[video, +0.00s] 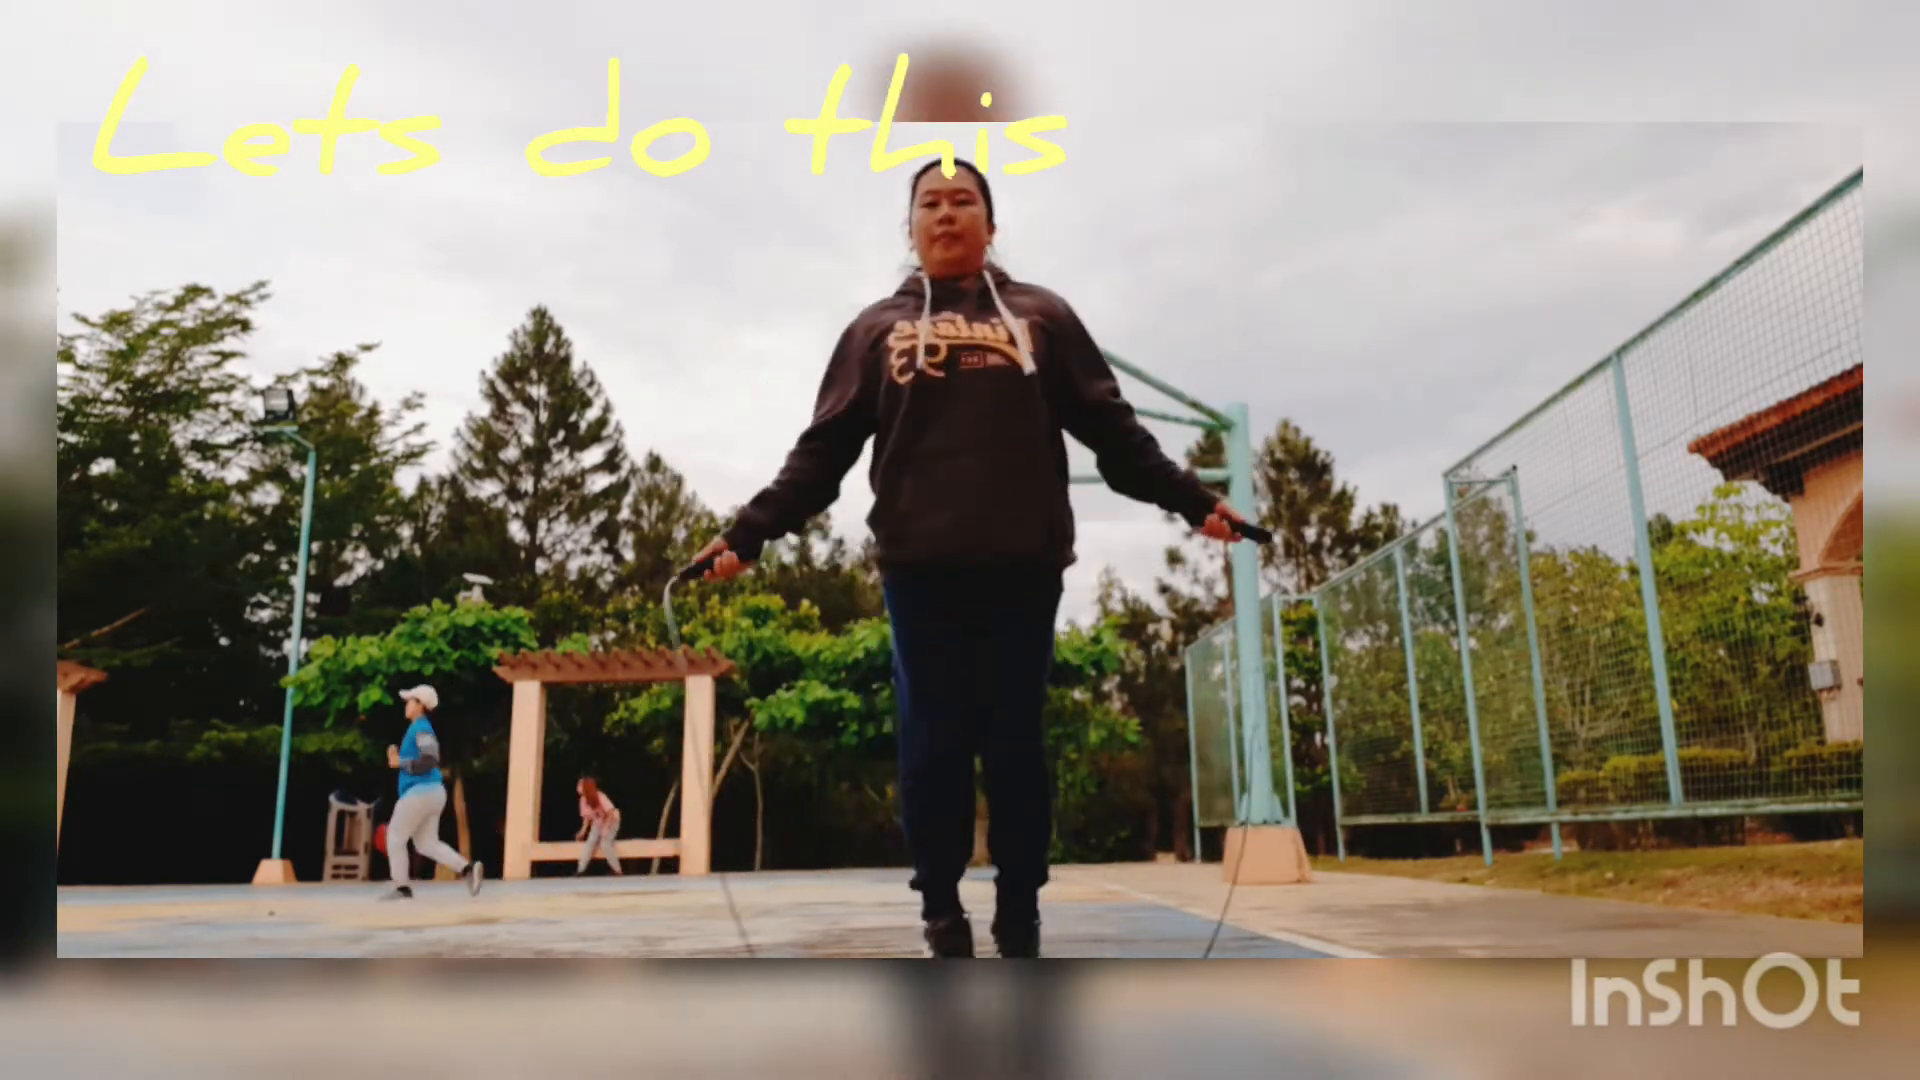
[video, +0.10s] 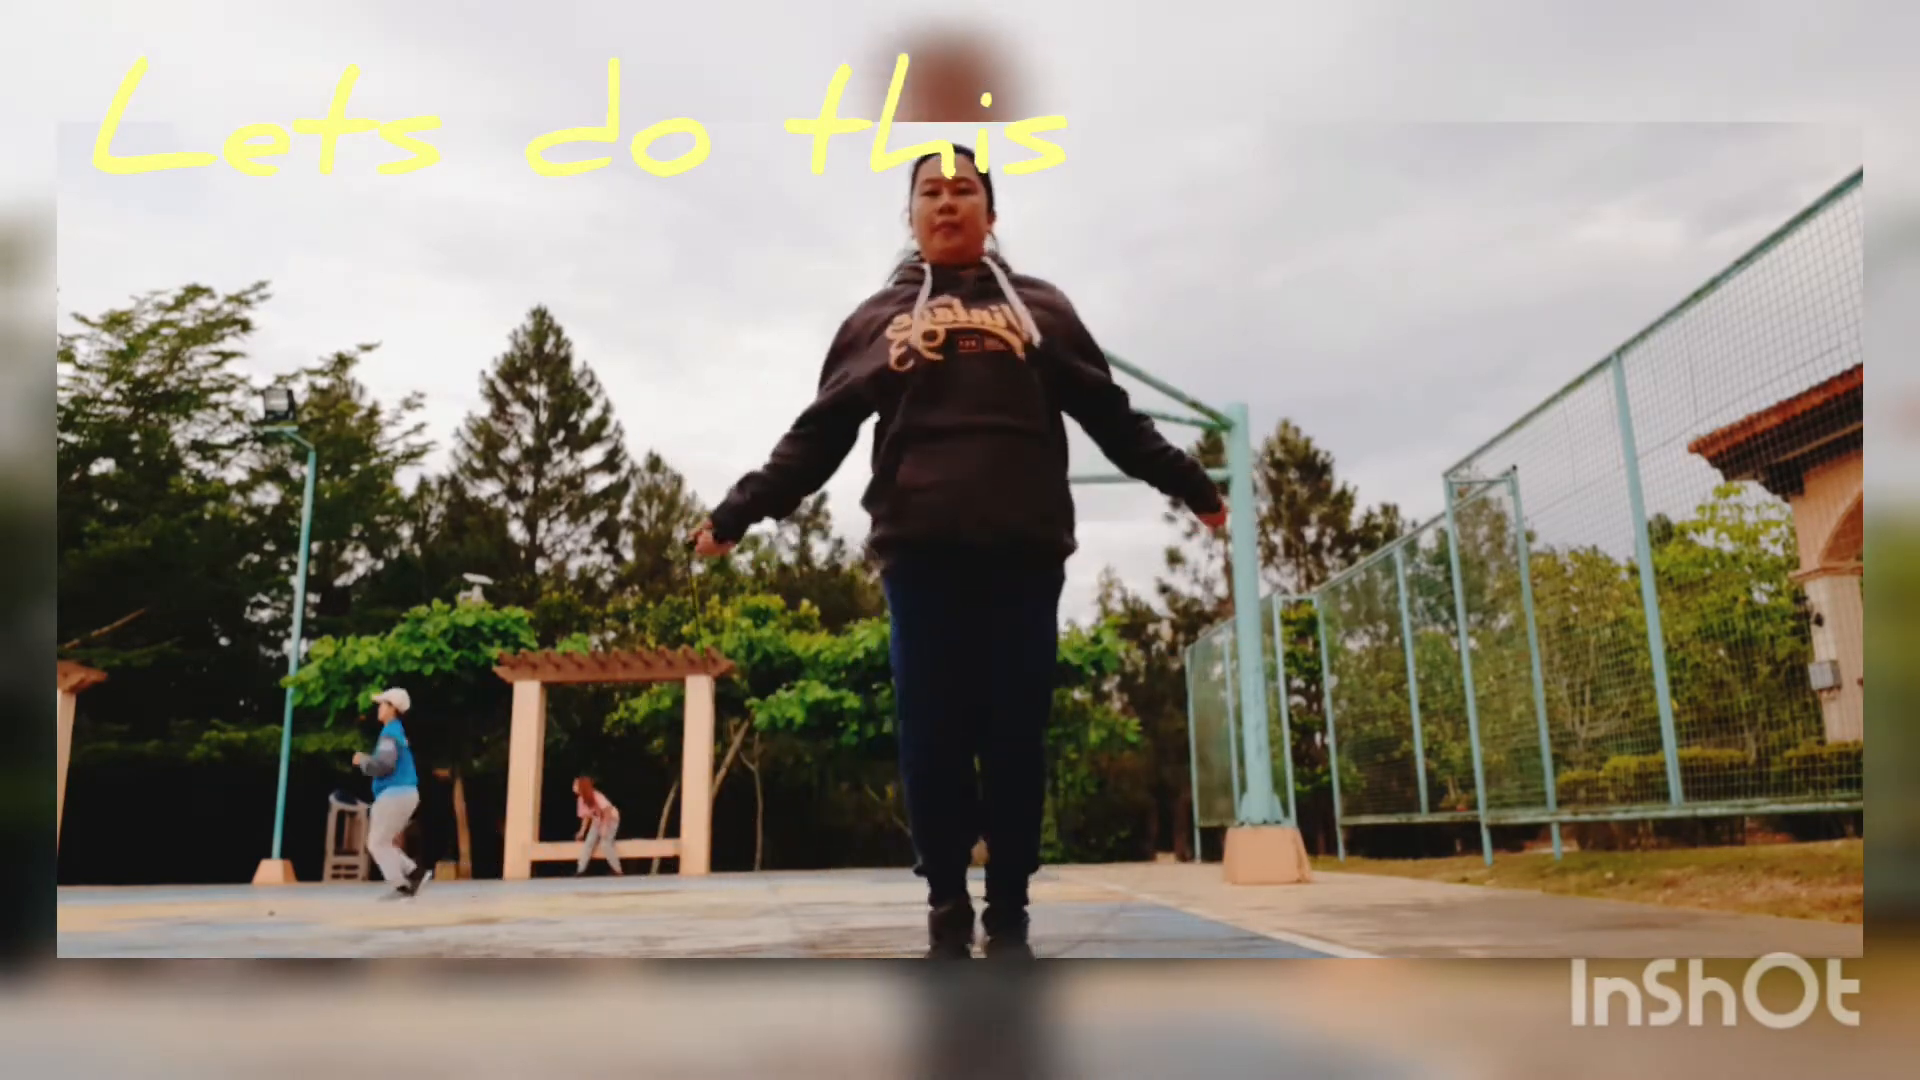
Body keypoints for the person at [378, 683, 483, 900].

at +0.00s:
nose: (406, 705)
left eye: (410, 702)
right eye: (407, 701)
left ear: (419, 705)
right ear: (419, 705)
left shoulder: (421, 727)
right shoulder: (418, 727)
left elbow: (430, 759)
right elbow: (421, 758)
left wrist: (401, 763)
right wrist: (398, 756)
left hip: (420, 791)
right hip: (433, 790)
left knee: (396, 836)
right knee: (425, 843)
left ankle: (401, 886)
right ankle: (466, 868)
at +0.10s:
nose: (379, 709)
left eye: (382, 705)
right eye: (380, 705)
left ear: (392, 708)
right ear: (392, 709)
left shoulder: (390, 731)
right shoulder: (395, 730)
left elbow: (385, 764)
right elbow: (388, 763)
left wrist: (363, 761)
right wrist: (367, 760)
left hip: (395, 793)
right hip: (407, 792)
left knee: (377, 842)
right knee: (383, 842)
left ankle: (400, 884)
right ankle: (412, 871)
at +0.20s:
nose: (338, 702)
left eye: (341, 698)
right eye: (339, 698)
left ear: (351, 702)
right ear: (351, 701)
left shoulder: (342, 724)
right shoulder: (353, 723)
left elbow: (325, 752)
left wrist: (315, 742)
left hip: (355, 784)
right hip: (364, 784)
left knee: (363, 831)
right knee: (330, 829)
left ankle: (390, 876)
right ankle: (322, 882)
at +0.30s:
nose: (310, 703)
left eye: (314, 699)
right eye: (311, 699)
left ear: (324, 703)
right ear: (322, 703)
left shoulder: (312, 726)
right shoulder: (326, 723)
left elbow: (296, 755)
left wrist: (290, 743)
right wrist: (295, 742)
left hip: (325, 786)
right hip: (334, 785)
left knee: (333, 834)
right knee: (303, 833)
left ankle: (370, 870)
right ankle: (290, 885)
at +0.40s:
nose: (283, 709)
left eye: (286, 705)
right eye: (283, 705)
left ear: (296, 709)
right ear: (296, 708)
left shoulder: (289, 731)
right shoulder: (301, 729)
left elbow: (277, 763)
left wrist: (261, 761)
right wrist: (267, 761)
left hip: (300, 791)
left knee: (285, 842)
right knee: (273, 840)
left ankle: (329, 869)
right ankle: (284, 886)